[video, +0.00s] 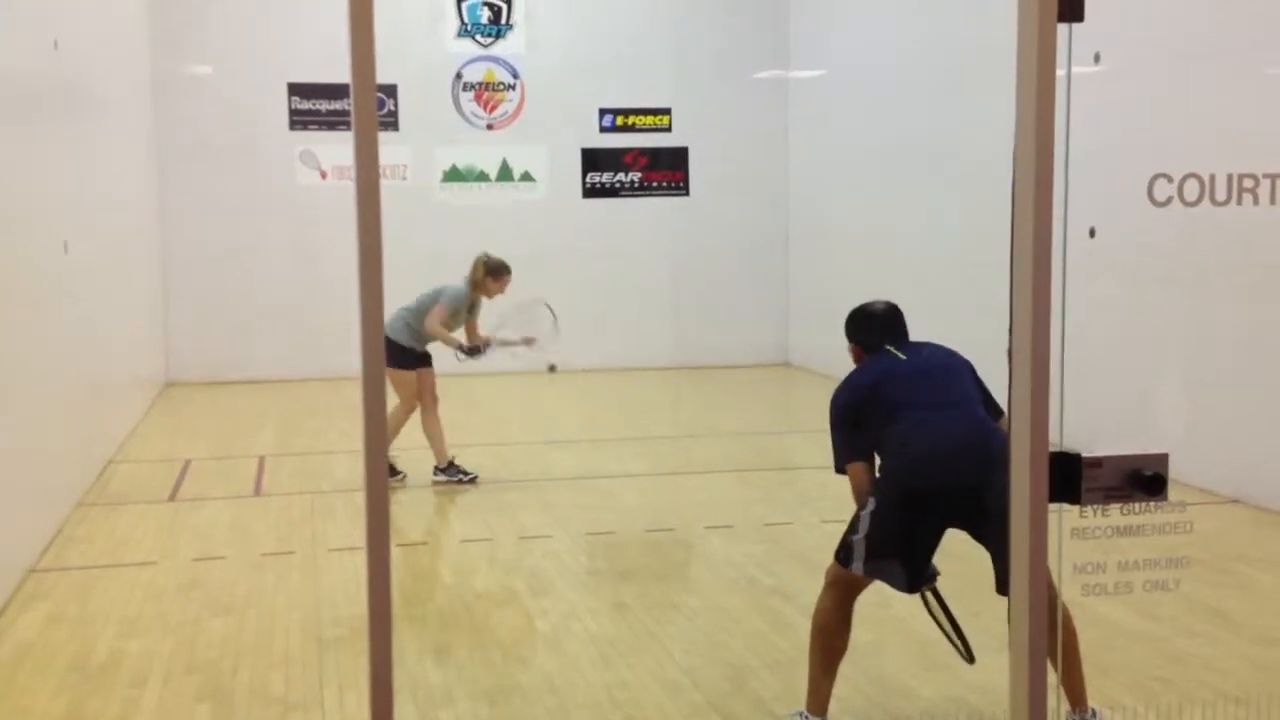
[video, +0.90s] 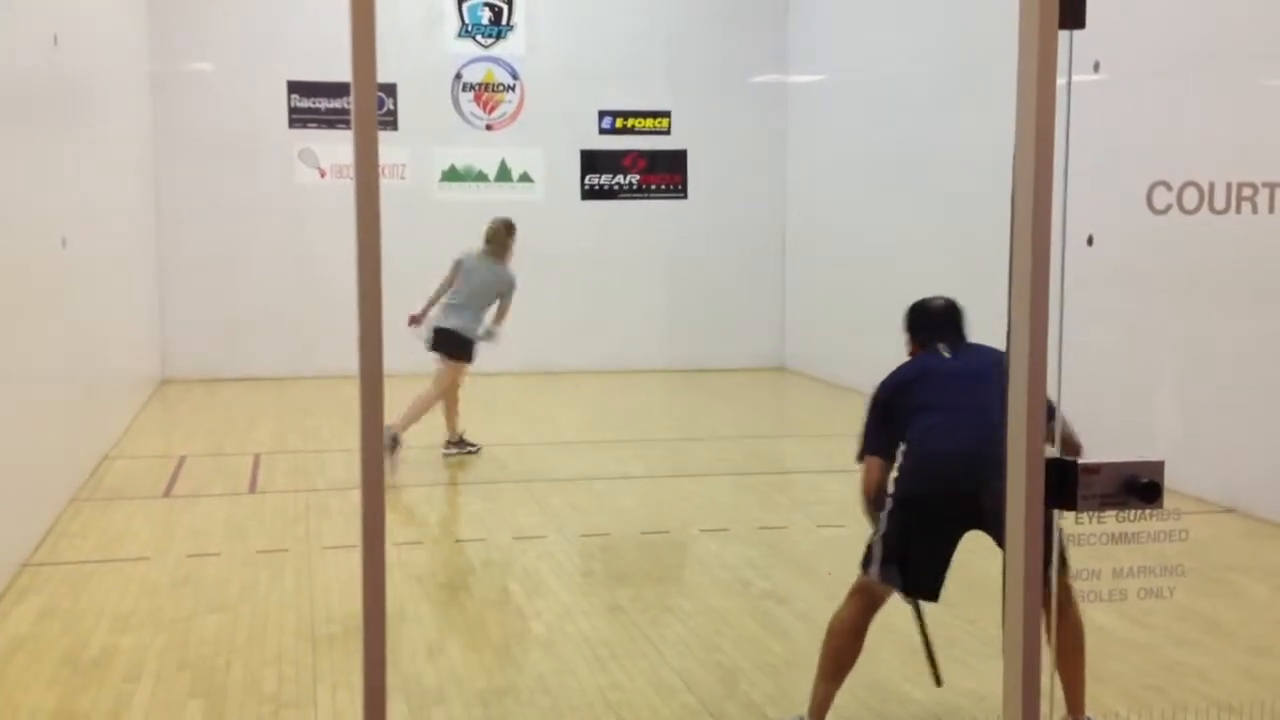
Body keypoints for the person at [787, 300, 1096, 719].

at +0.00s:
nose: (851, 355)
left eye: (850, 348)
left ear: (855, 351)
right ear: (904, 336)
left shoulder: (852, 390)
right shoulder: (949, 358)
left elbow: (863, 487)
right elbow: (999, 426)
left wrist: (900, 556)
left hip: (913, 483)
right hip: (989, 476)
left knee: (840, 586)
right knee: (1040, 585)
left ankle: (814, 713)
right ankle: (1082, 709)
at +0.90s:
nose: (907, 349)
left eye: (907, 343)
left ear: (913, 344)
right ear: (962, 335)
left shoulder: (899, 382)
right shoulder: (1004, 365)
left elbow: (873, 482)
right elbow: (1068, 441)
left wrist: (884, 527)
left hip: (929, 487)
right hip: (1008, 486)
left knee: (865, 596)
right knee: (1058, 593)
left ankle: (815, 713)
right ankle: (1077, 713)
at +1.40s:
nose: (858, 307)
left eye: (859, 300)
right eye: (859, 299)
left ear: (868, 303)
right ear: (914, 294)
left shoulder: (864, 355)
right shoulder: (960, 334)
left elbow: (847, 445)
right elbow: (996, 419)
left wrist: (824, 506)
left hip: (913, 491)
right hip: (988, 488)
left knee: (841, 590)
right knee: (1022, 609)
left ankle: (821, 711)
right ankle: (1064, 710)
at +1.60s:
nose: (853, 301)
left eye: (858, 290)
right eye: (853, 290)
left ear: (886, 287)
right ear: (906, 283)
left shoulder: (892, 337)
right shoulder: (955, 315)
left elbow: (890, 428)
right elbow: (981, 405)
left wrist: (847, 515)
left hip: (942, 487)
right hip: (1002, 483)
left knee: (875, 598)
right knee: (975, 596)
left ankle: (835, 711)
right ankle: (1044, 702)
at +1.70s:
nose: (864, 294)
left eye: (871, 284)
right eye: (864, 284)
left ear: (899, 283)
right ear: (914, 279)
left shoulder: (918, 333)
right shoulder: (964, 313)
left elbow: (928, 430)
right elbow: (991, 408)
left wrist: (888, 522)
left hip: (958, 490)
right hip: (1002, 486)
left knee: (893, 602)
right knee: (986, 598)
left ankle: (850, 714)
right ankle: (1049, 703)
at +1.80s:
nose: (874, 294)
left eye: (880, 282)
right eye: (874, 282)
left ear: (911, 280)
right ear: (924, 277)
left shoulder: (934, 332)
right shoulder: (968, 313)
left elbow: (955, 431)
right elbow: (986, 416)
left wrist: (931, 502)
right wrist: (944, 493)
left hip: (974, 484)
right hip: (1008, 481)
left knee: (899, 596)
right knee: (988, 592)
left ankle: (893, 712)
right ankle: (1048, 696)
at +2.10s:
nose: (869, 304)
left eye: (880, 292)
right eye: (871, 291)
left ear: (922, 300)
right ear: (917, 300)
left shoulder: (966, 359)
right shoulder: (913, 341)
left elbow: (1013, 464)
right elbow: (925, 424)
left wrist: (983, 557)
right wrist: (900, 492)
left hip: (992, 508)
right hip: (976, 503)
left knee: (913, 631)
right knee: (986, 615)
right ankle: (1055, 704)